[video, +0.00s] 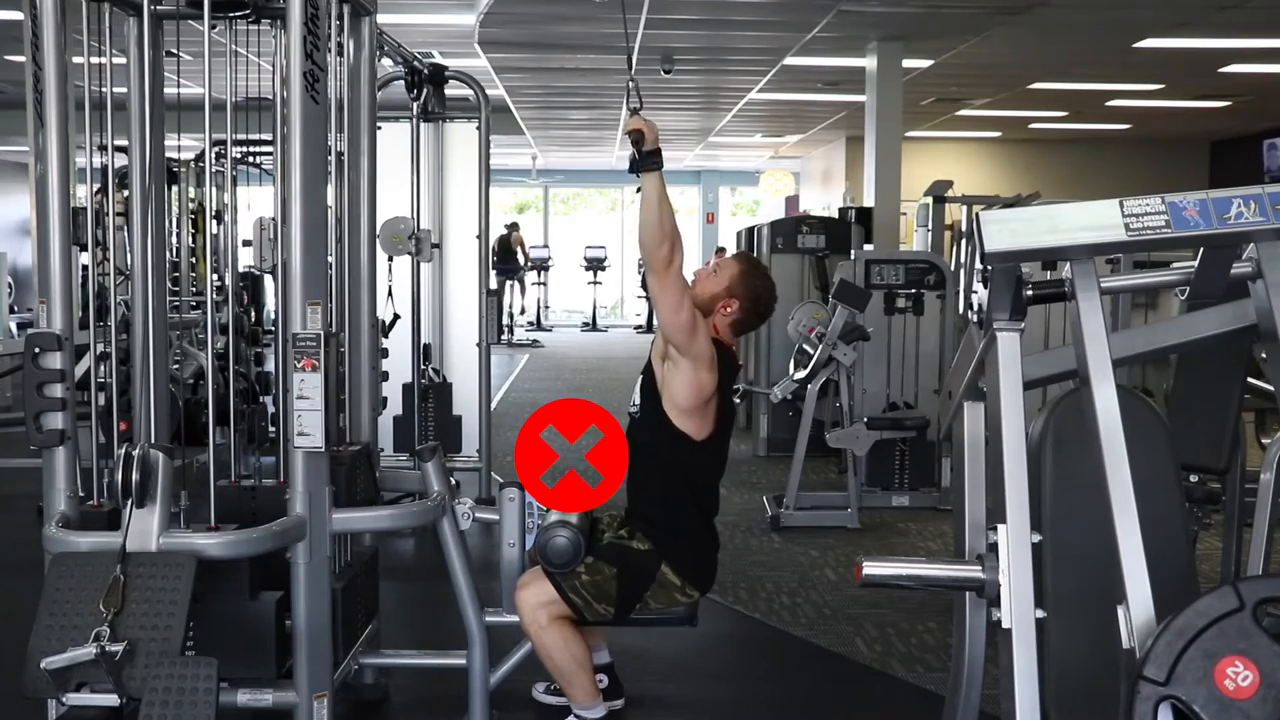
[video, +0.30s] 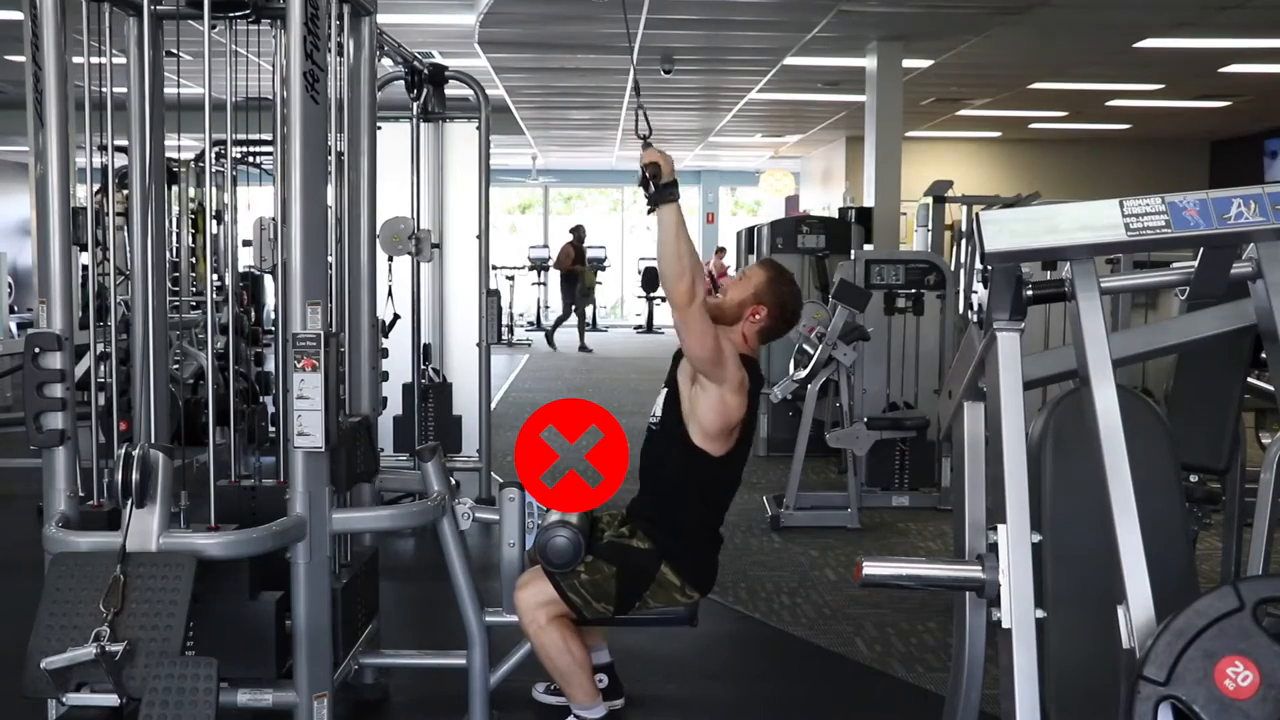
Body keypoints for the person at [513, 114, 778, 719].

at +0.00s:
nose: (704, 263)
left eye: (716, 265)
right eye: (715, 257)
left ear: (724, 304)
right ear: (727, 309)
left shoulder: (693, 350)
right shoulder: (699, 346)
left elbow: (661, 258)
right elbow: (662, 259)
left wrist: (648, 155)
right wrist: (648, 164)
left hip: (670, 555)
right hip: (661, 536)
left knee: (534, 595)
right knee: (549, 550)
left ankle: (590, 710)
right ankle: (593, 670)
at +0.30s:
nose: (722, 280)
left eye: (738, 280)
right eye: (733, 273)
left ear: (754, 315)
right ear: (755, 318)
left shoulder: (723, 367)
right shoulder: (720, 354)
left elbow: (683, 291)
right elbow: (687, 289)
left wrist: (665, 192)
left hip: (671, 560)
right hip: (653, 533)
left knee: (533, 597)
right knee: (555, 545)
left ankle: (589, 710)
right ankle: (594, 671)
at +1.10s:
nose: (825, 347)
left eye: (839, 347)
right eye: (835, 341)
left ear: (855, 382)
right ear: (853, 382)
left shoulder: (824, 442)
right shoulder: (807, 408)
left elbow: (809, 532)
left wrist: (792, 438)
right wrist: (770, 396)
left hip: (680, 561)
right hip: (661, 523)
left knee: (537, 594)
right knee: (551, 545)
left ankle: (590, 711)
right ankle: (596, 672)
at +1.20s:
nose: (826, 348)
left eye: (841, 349)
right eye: (837, 342)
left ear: (855, 385)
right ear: (853, 385)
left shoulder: (825, 448)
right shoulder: (807, 411)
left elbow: (812, 541)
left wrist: (799, 446)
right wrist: (771, 400)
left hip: (680, 562)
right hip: (662, 523)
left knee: (538, 594)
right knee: (551, 545)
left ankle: (590, 711)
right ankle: (596, 672)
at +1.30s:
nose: (829, 350)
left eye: (843, 351)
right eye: (839, 344)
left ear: (858, 387)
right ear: (856, 386)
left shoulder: (826, 450)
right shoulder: (809, 412)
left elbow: (810, 539)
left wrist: (798, 444)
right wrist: (772, 399)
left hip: (681, 564)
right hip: (663, 524)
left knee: (539, 593)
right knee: (552, 544)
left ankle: (591, 712)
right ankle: (596, 672)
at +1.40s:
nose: (831, 350)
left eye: (847, 351)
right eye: (842, 344)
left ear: (860, 387)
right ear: (857, 386)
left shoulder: (828, 446)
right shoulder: (809, 412)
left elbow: (806, 524)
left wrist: (788, 433)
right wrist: (769, 401)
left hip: (683, 563)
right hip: (665, 524)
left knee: (540, 593)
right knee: (553, 547)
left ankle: (590, 711)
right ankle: (595, 671)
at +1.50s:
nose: (831, 349)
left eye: (846, 349)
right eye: (842, 343)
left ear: (860, 386)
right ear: (857, 385)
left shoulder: (827, 443)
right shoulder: (811, 409)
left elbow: (794, 502)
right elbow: (763, 431)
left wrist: (780, 410)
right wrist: (764, 390)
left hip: (682, 562)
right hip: (665, 524)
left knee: (540, 593)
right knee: (553, 545)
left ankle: (590, 712)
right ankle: (595, 671)